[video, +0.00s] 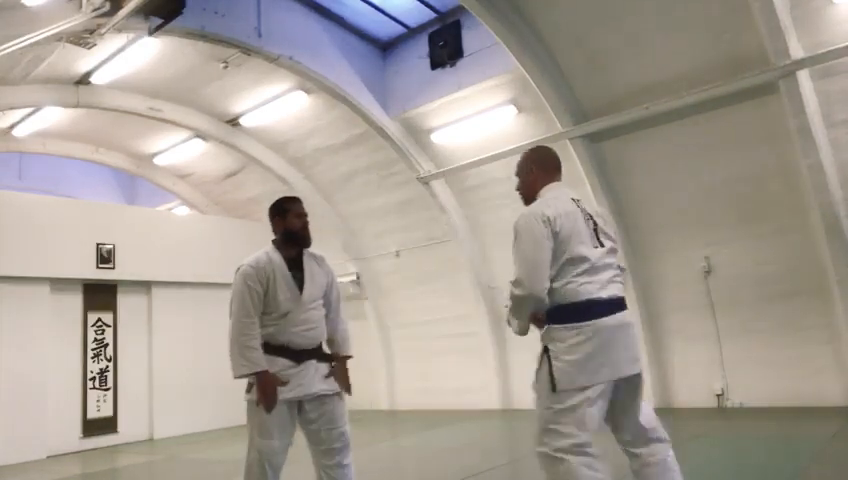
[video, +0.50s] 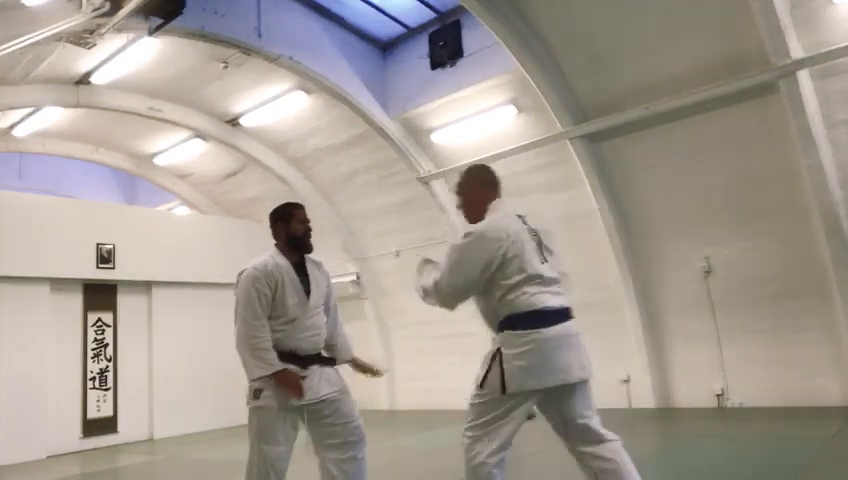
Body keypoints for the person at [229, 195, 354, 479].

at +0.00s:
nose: (307, 222)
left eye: (306, 217)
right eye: (299, 217)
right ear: (277, 223)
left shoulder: (320, 265)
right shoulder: (254, 270)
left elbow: (334, 315)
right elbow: (244, 327)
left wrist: (341, 359)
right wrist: (261, 373)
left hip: (319, 370)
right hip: (274, 374)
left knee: (336, 453)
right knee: (266, 459)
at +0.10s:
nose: (307, 222)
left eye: (306, 217)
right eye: (300, 217)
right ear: (277, 223)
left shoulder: (319, 265)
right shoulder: (255, 269)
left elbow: (334, 313)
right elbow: (245, 326)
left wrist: (341, 356)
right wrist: (263, 372)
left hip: (319, 371)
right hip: (274, 377)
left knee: (336, 455)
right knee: (267, 461)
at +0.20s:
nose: (307, 222)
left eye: (306, 217)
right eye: (300, 217)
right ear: (278, 222)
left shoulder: (319, 266)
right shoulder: (255, 269)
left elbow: (333, 312)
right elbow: (245, 327)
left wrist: (341, 355)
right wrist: (266, 372)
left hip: (319, 371)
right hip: (273, 376)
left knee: (335, 456)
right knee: (266, 461)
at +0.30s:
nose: (307, 222)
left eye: (306, 217)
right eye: (300, 217)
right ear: (277, 222)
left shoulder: (318, 265)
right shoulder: (255, 269)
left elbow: (332, 312)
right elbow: (247, 327)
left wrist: (340, 356)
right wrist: (268, 371)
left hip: (319, 370)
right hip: (274, 375)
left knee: (336, 455)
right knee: (267, 461)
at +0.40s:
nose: (307, 223)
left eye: (306, 218)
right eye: (300, 218)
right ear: (278, 224)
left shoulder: (317, 265)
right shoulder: (257, 270)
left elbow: (330, 313)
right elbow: (248, 328)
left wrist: (340, 356)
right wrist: (271, 372)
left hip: (319, 369)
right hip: (274, 373)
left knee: (338, 450)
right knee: (268, 460)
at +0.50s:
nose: (310, 227)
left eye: (308, 222)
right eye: (303, 223)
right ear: (279, 229)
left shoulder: (318, 271)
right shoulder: (259, 274)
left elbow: (331, 322)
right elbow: (250, 333)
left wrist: (350, 358)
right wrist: (277, 371)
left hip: (323, 374)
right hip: (277, 377)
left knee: (348, 443)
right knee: (269, 463)